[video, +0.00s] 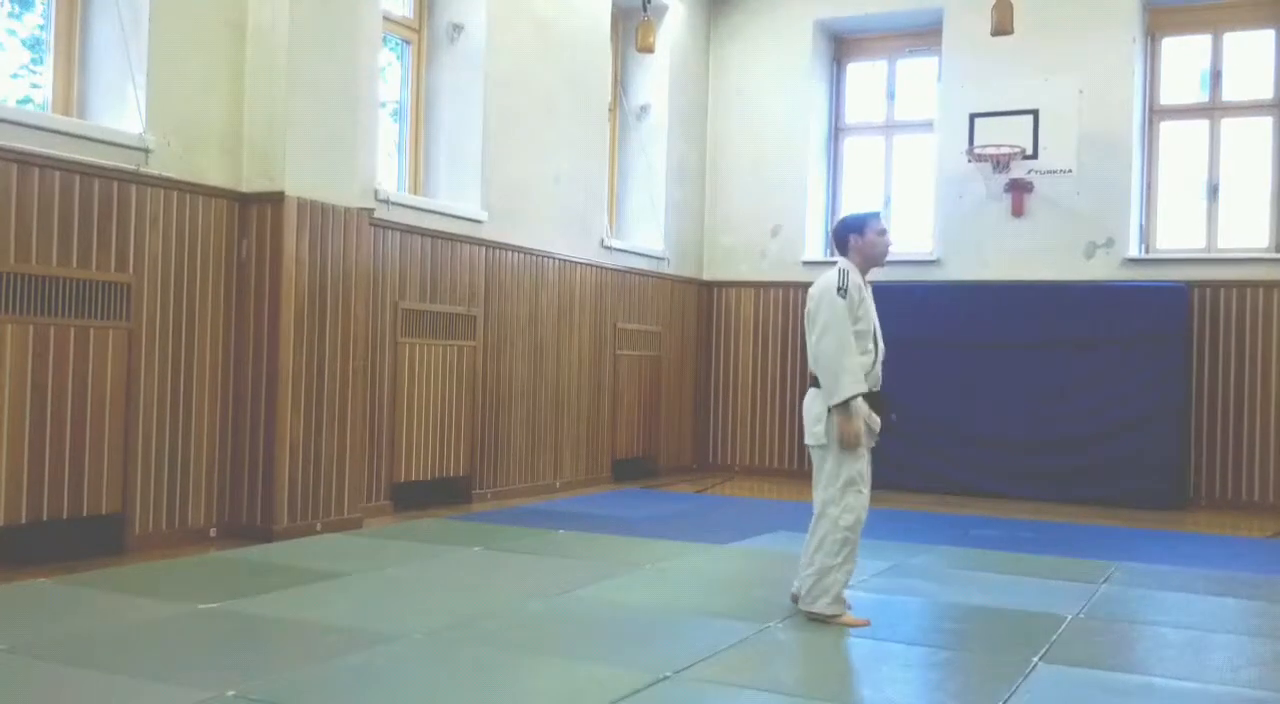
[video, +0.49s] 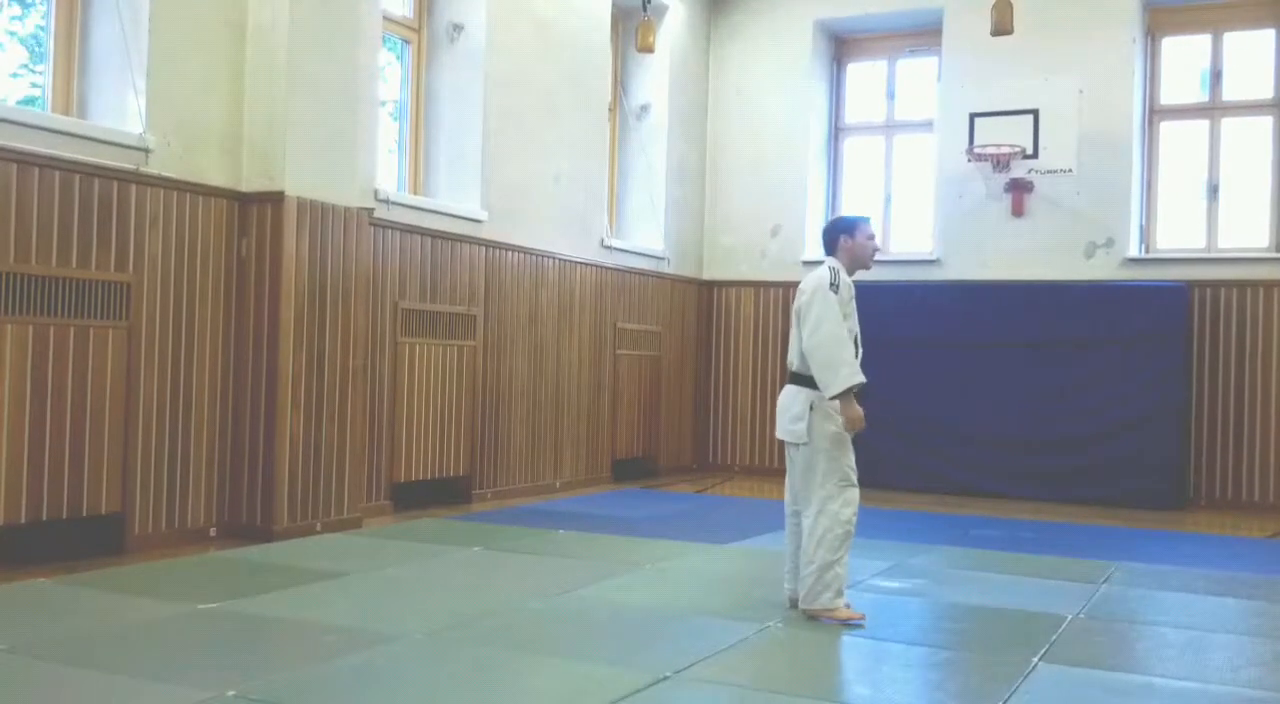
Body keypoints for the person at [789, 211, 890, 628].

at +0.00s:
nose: (888, 239)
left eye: (886, 232)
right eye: (881, 233)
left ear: (860, 241)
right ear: (855, 240)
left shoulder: (856, 284)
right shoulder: (836, 282)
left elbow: (855, 350)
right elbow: (831, 348)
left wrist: (866, 405)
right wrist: (845, 407)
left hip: (849, 403)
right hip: (837, 405)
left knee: (838, 501)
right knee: (846, 504)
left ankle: (812, 586)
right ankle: (822, 599)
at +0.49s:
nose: (876, 245)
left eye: (874, 238)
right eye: (869, 238)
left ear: (844, 243)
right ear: (844, 242)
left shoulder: (830, 283)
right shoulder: (825, 283)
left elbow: (827, 342)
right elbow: (826, 342)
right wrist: (847, 397)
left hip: (809, 401)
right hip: (816, 403)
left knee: (806, 497)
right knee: (838, 497)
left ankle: (802, 588)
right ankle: (822, 597)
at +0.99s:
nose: (870, 244)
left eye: (868, 236)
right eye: (865, 236)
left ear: (840, 242)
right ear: (843, 240)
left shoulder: (825, 281)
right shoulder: (824, 284)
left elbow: (836, 347)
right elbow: (834, 350)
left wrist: (856, 403)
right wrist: (857, 407)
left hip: (819, 403)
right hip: (825, 406)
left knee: (824, 505)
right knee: (835, 509)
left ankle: (812, 592)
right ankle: (816, 602)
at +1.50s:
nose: (888, 246)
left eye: (887, 239)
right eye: (883, 238)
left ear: (858, 241)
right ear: (861, 241)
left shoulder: (845, 281)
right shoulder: (835, 283)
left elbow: (849, 347)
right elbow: (840, 348)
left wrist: (866, 403)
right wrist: (856, 408)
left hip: (838, 404)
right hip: (830, 406)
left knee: (839, 505)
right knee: (835, 508)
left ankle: (823, 590)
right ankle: (813, 602)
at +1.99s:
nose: (893, 245)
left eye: (891, 238)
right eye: (887, 238)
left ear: (864, 240)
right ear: (865, 240)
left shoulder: (852, 282)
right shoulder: (843, 284)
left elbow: (859, 346)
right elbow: (853, 348)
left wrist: (875, 400)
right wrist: (871, 406)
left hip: (845, 403)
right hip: (839, 405)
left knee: (842, 504)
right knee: (840, 507)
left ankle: (825, 590)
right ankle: (816, 602)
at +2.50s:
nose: (891, 244)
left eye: (889, 236)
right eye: (886, 236)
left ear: (861, 240)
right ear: (864, 240)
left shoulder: (843, 280)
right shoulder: (846, 285)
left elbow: (858, 347)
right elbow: (858, 349)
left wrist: (875, 401)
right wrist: (880, 406)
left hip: (840, 401)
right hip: (845, 404)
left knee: (838, 502)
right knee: (847, 506)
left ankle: (826, 591)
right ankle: (819, 601)